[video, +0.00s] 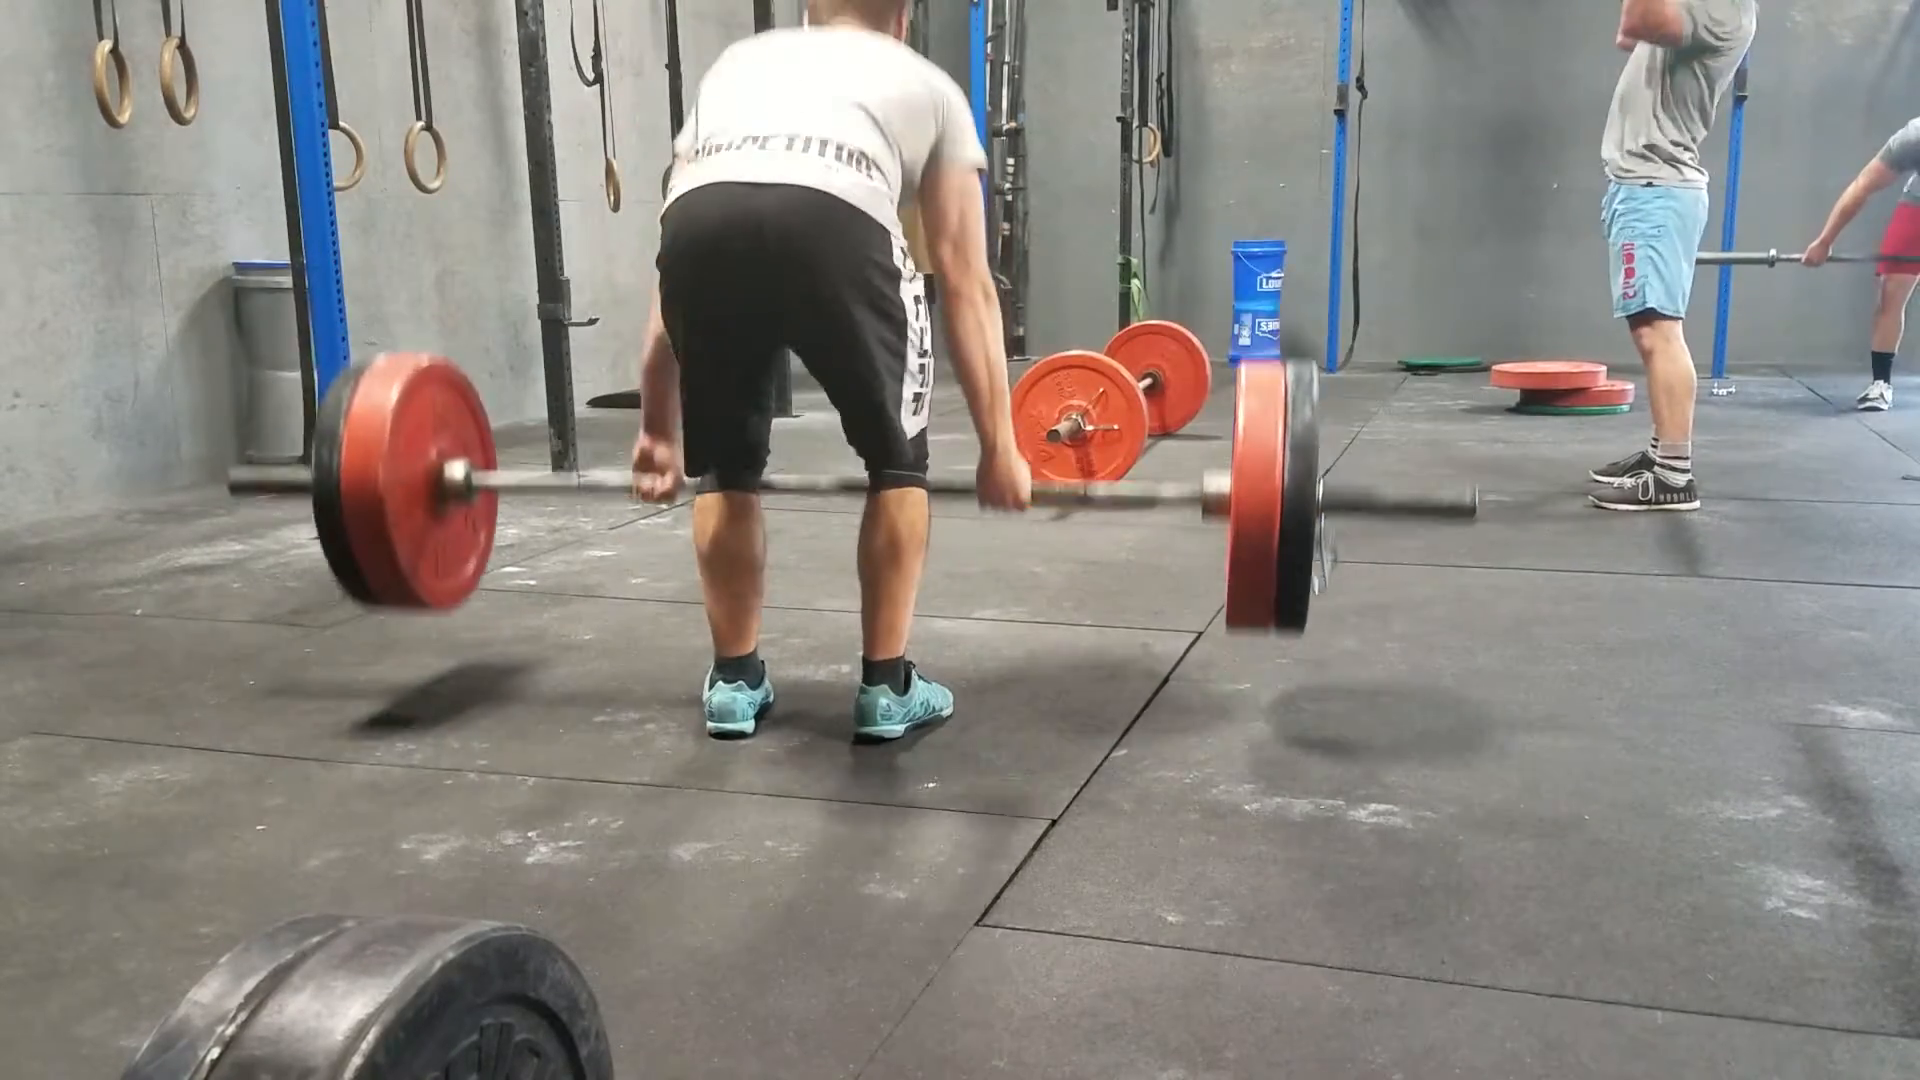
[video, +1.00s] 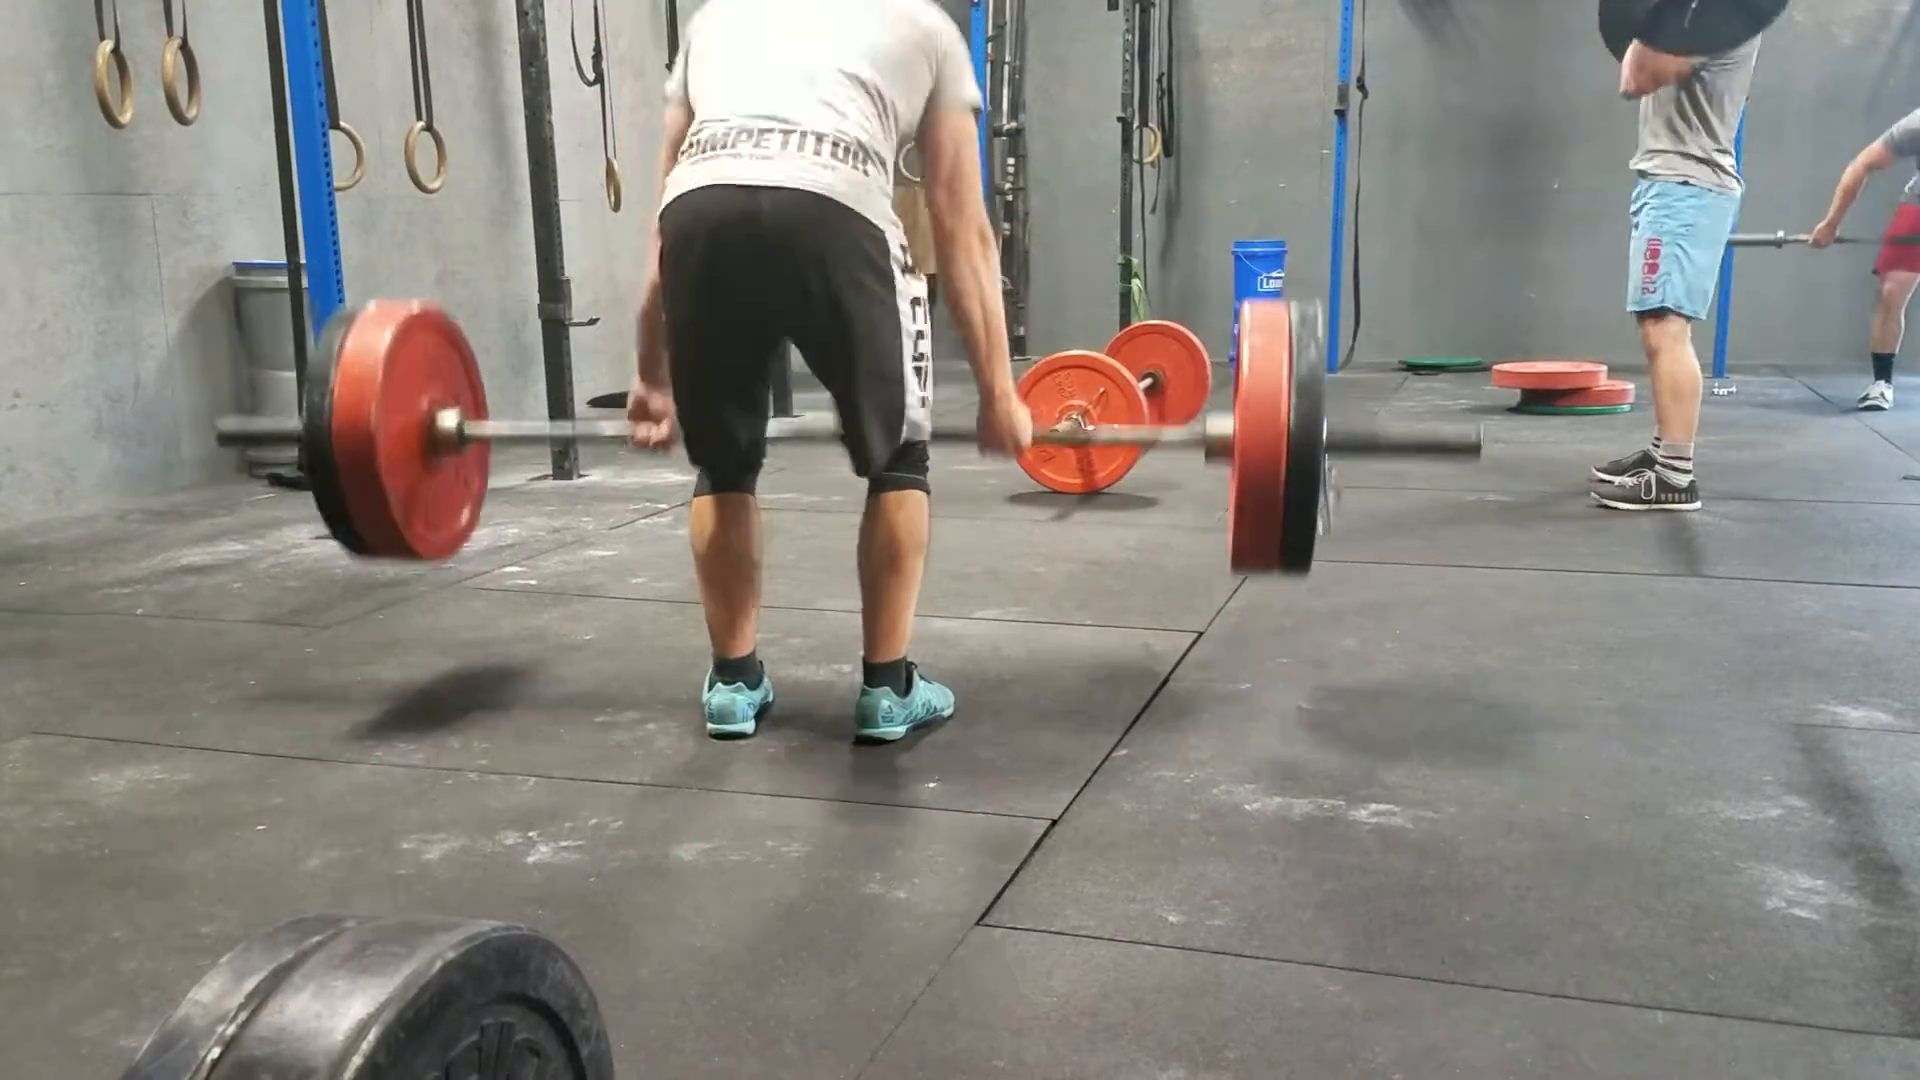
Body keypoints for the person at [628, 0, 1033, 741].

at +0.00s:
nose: (907, 27)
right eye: (910, 21)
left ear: (810, 15)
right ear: (901, 19)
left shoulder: (732, 63)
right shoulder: (931, 84)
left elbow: (676, 254)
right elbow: (963, 277)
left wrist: (656, 425)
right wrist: (998, 443)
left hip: (703, 224)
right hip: (834, 226)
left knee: (725, 476)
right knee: (895, 466)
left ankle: (733, 682)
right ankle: (884, 686)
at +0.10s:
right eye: (910, 131)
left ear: (820, 114)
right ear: (905, 126)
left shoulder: (743, 146)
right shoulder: (931, 178)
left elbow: (678, 391)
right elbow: (968, 371)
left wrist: (661, 509)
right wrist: (1001, 529)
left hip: (700, 261)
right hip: (839, 267)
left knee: (729, 472)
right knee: (908, 469)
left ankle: (736, 680)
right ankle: (886, 683)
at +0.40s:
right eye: (911, 38)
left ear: (822, 30)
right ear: (905, 38)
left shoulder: (741, 68)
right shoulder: (931, 94)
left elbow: (668, 270)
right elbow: (965, 269)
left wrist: (648, 415)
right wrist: (998, 428)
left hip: (701, 207)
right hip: (829, 214)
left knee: (732, 468)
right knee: (889, 461)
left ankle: (731, 682)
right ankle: (884, 687)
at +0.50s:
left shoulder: (713, 15)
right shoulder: (930, 11)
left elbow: (659, 219)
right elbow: (965, 184)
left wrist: (647, 338)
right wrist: (998, 342)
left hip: (709, 189)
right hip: (834, 189)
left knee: (731, 462)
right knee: (885, 459)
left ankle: (731, 682)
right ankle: (885, 687)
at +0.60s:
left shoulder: (689, 5)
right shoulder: (929, 4)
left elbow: (660, 118)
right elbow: (960, 111)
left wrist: (639, 261)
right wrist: (995, 267)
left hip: (725, 180)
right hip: (847, 182)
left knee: (737, 453)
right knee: (880, 454)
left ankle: (732, 681)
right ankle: (885, 686)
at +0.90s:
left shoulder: (683, 7)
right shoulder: (930, 5)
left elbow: (658, 146)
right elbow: (958, 147)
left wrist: (643, 295)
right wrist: (995, 304)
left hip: (707, 215)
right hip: (834, 214)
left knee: (735, 455)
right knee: (885, 457)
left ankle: (731, 681)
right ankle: (885, 687)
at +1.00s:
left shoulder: (714, 17)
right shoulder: (928, 25)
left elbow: (670, 211)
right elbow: (961, 224)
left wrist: (651, 374)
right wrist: (998, 390)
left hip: (702, 217)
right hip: (833, 219)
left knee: (721, 468)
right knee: (895, 461)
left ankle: (732, 682)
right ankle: (886, 687)